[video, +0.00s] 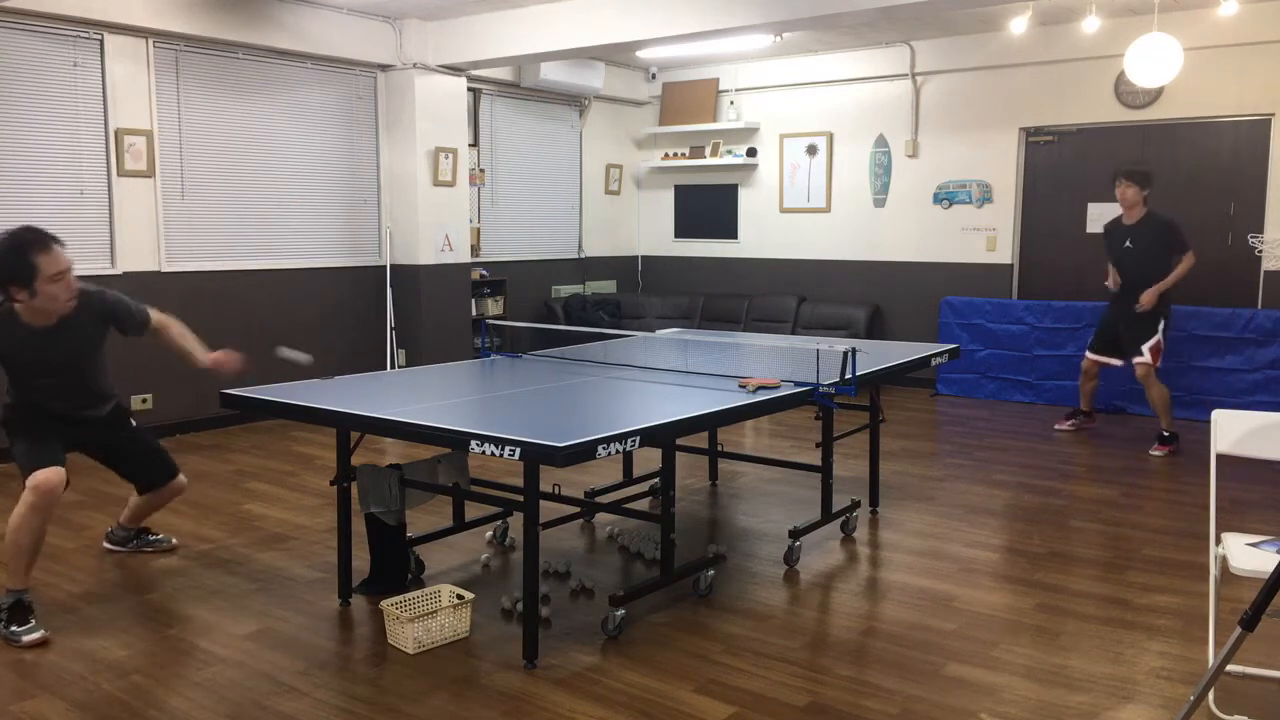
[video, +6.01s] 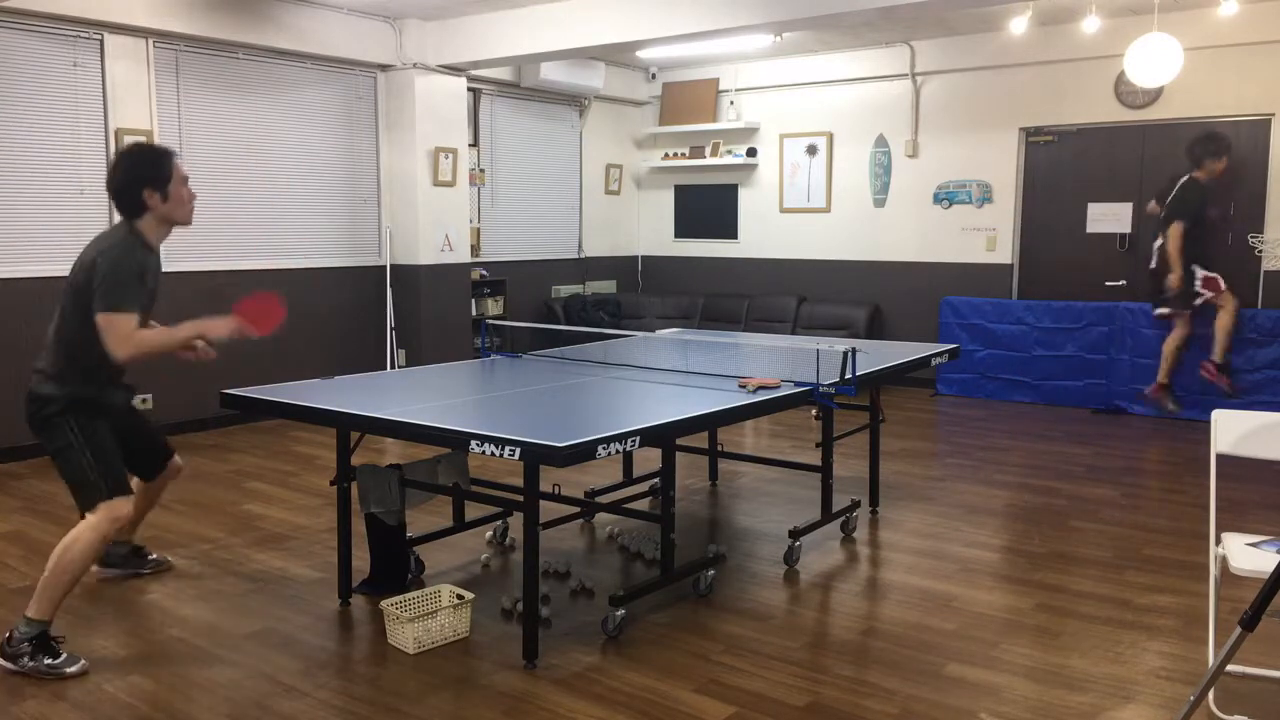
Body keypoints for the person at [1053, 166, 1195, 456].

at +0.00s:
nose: (1121, 192)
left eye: (1129, 187)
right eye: (1119, 186)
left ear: (1144, 192)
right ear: (1115, 191)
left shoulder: (1162, 226)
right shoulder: (1112, 228)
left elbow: (1188, 259)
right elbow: (1113, 261)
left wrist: (1157, 289)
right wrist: (1112, 279)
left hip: (1150, 306)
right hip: (1119, 304)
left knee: (1144, 372)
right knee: (1089, 365)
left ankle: (1168, 434)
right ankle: (1084, 413)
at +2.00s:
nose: (1076, 215)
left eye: (1083, 210)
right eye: (1074, 209)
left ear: (1097, 212)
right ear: (1070, 211)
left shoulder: (1118, 238)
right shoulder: (1070, 234)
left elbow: (1134, 270)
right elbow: (1055, 257)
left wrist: (1094, 281)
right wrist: (1054, 261)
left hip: (1112, 308)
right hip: (1080, 304)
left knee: (1129, 359)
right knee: (1046, 348)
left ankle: (1151, 415)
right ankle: (1044, 402)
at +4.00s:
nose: (1055, 230)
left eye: (1055, 224)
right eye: (1051, 227)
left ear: (1065, 215)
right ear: (1053, 224)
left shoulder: (1093, 230)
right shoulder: (1071, 240)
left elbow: (1129, 247)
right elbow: (1082, 269)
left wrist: (1106, 277)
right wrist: (1059, 271)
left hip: (1111, 303)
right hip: (1088, 302)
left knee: (1099, 360)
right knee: (1061, 346)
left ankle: (1122, 405)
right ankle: (1025, 392)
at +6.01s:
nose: (1225, 164)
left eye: (1225, 159)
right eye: (1221, 159)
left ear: (1199, 159)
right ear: (1208, 160)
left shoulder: (1181, 182)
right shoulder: (1194, 188)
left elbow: (1153, 207)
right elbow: (1174, 230)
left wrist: (1183, 218)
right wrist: (1175, 270)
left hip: (1167, 266)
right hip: (1183, 265)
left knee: (1181, 326)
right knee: (1228, 303)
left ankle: (1160, 385)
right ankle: (1217, 362)